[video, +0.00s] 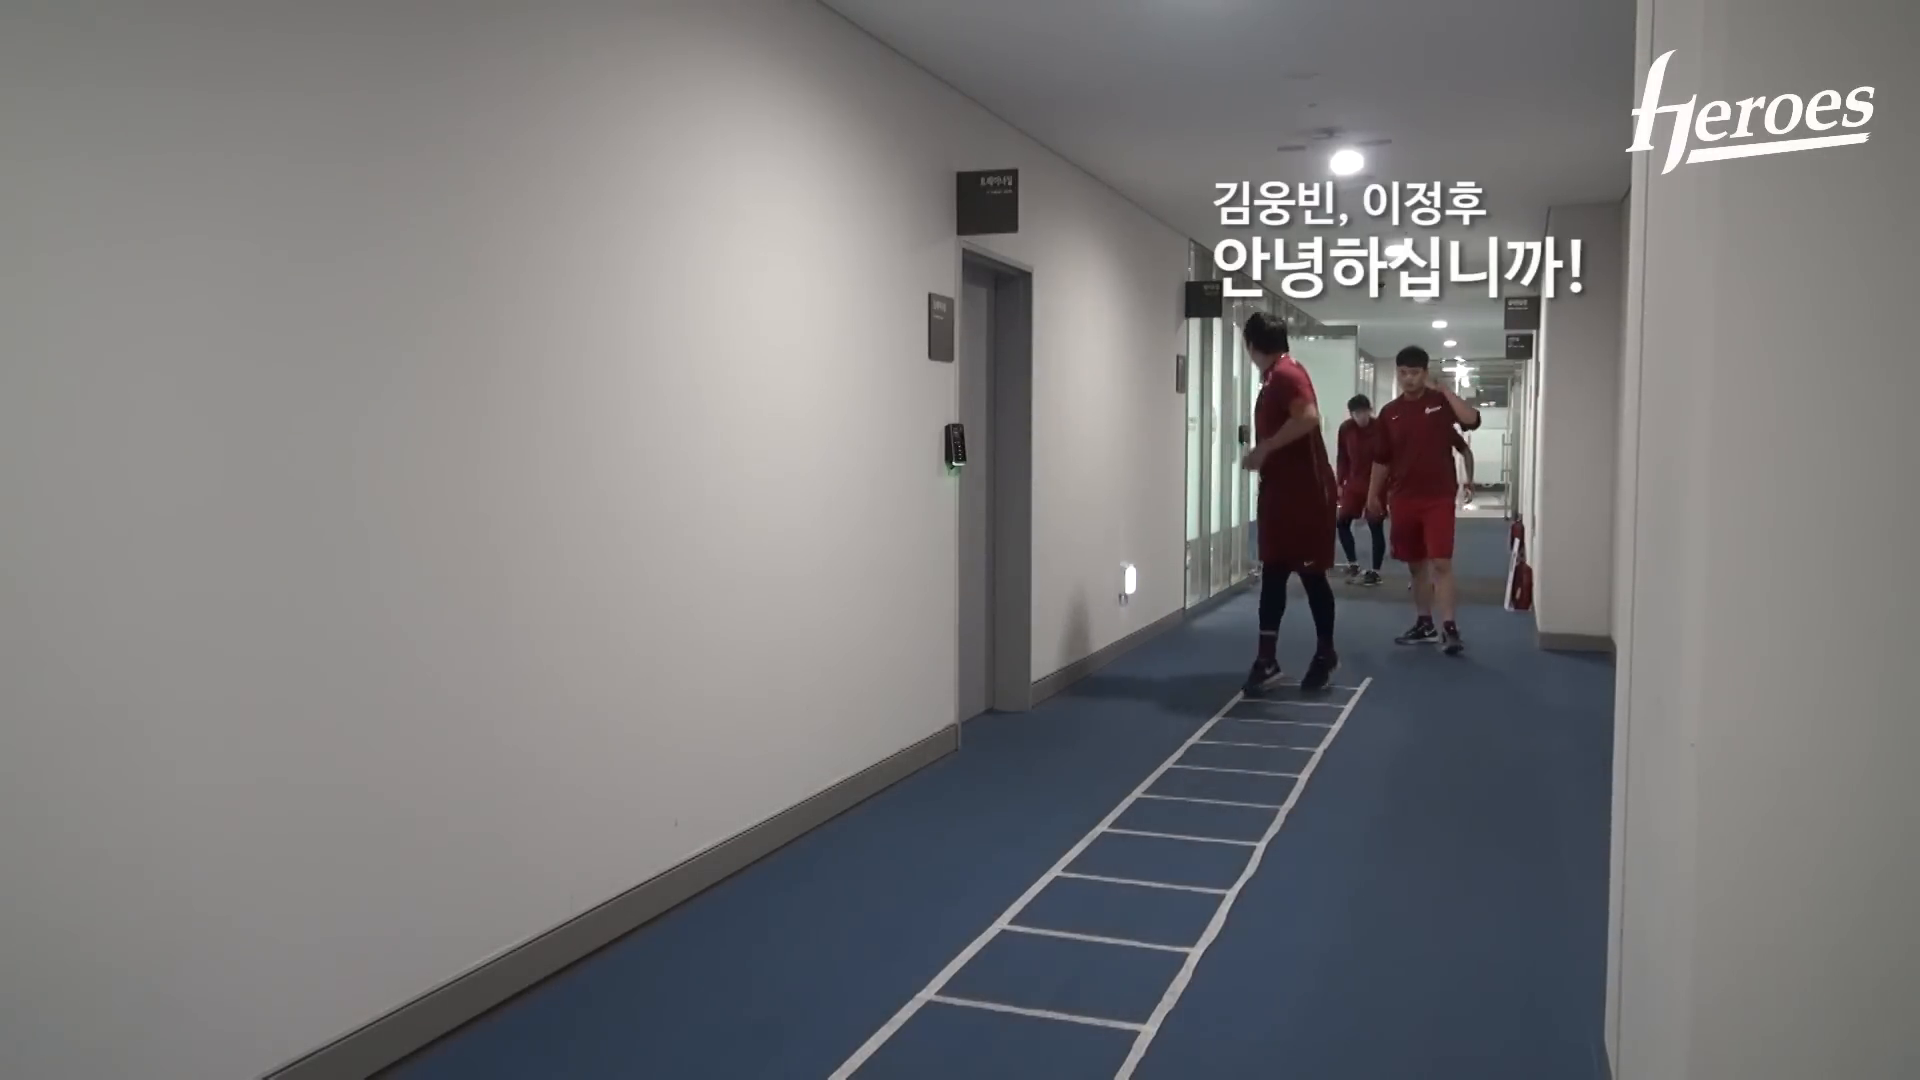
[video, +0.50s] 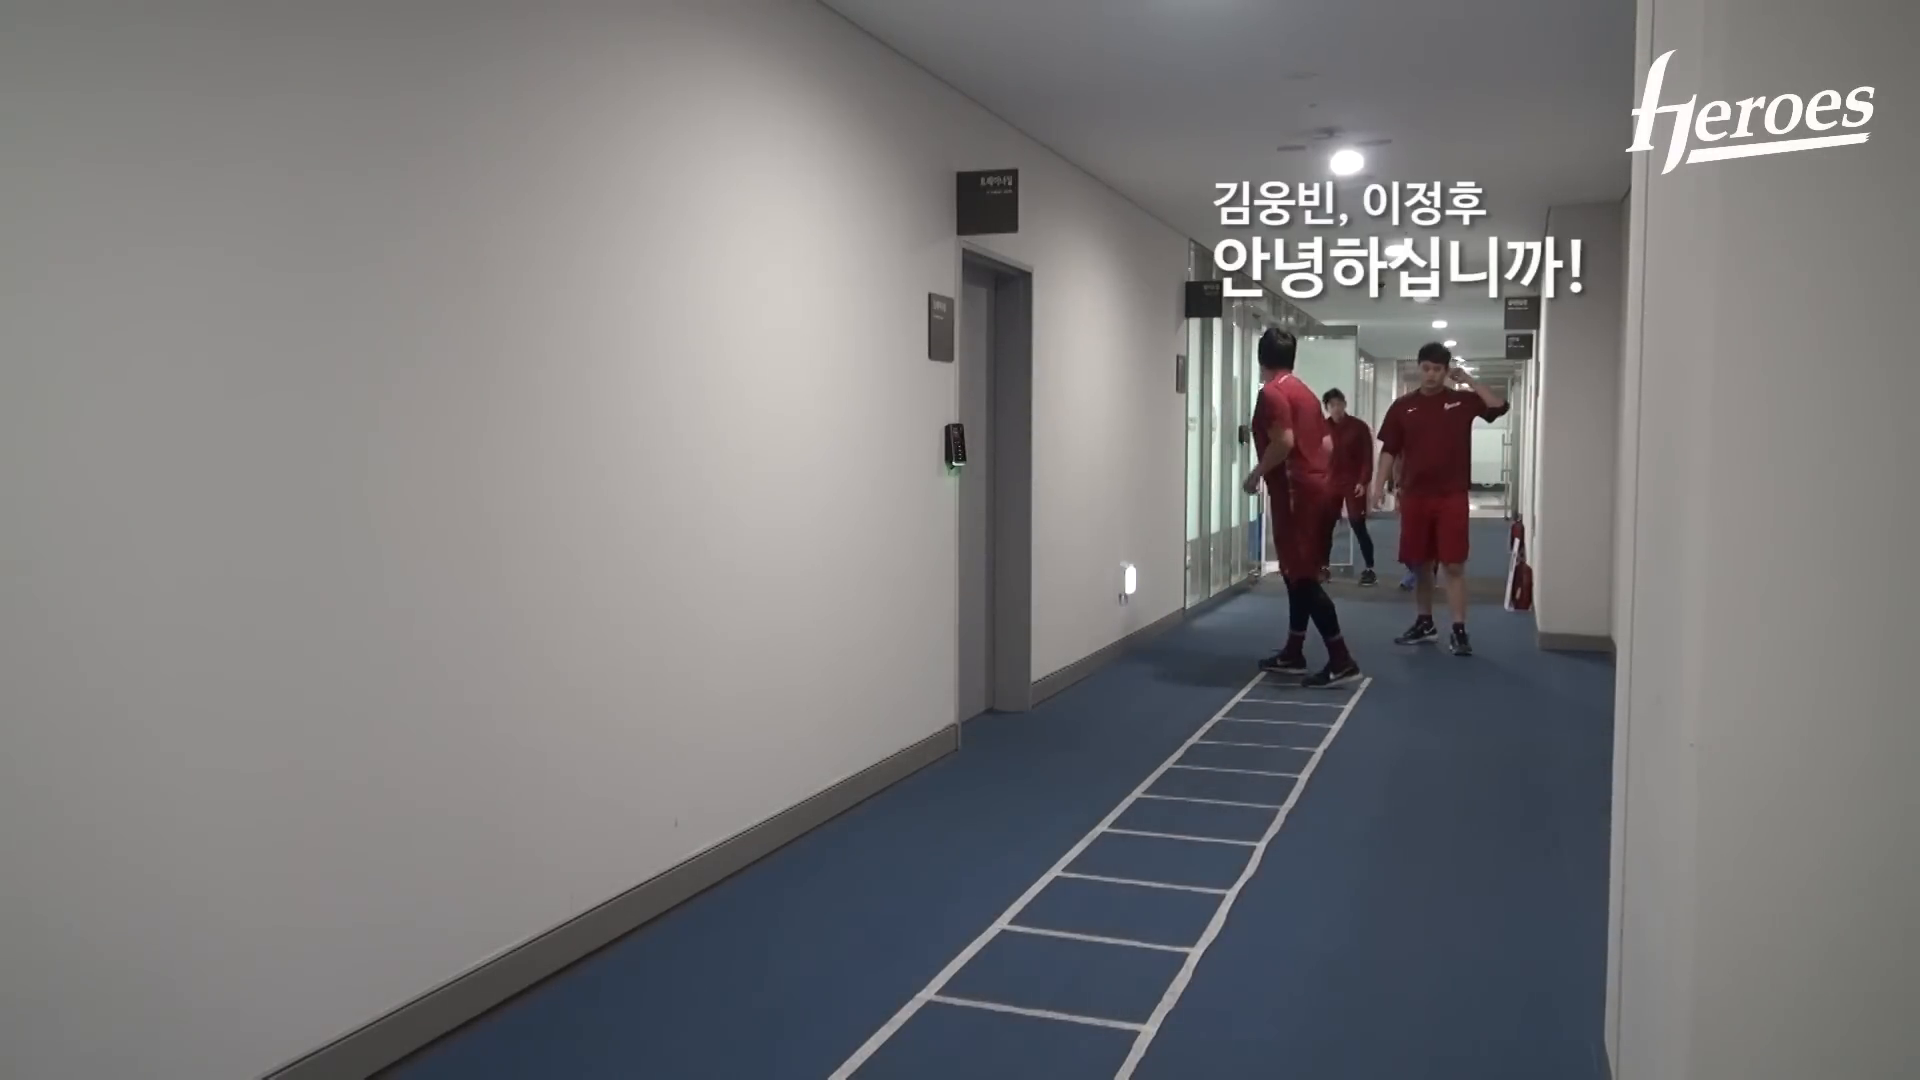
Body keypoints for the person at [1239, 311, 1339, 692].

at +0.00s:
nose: (1247, 353)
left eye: (1247, 346)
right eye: (1248, 346)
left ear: (1254, 346)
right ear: (1280, 341)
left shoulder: (1286, 373)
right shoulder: (1281, 375)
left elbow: (1308, 416)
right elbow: (1302, 428)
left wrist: (1265, 448)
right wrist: (1262, 455)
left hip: (1301, 495)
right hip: (1282, 495)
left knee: (1312, 573)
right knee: (1273, 573)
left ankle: (1326, 652)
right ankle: (1266, 658)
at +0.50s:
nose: (1258, 362)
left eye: (1258, 356)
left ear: (1261, 358)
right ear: (1291, 358)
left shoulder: (1273, 391)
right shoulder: (1306, 392)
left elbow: (1284, 440)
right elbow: (1325, 443)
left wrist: (1257, 473)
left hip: (1296, 493)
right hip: (1320, 491)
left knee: (1301, 575)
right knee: (1297, 573)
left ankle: (1340, 658)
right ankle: (1293, 652)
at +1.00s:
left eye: (1231, 362)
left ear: (1231, 363)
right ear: (1261, 361)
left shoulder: (1229, 398)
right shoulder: (1285, 397)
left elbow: (1226, 442)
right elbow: (1306, 450)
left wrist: (1216, 489)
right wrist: (1286, 475)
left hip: (1245, 498)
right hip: (1284, 498)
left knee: (1217, 571)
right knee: (1287, 573)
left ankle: (1198, 648)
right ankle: (1293, 653)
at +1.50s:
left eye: (1186, 365)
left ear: (1189, 366)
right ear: (1219, 364)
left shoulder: (1179, 398)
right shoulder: (1241, 394)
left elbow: (1162, 447)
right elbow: (1270, 409)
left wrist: (1161, 484)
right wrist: (1253, 374)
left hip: (1194, 493)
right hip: (1233, 492)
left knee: (1193, 569)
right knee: (1230, 559)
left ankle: (1188, 647)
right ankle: (1233, 630)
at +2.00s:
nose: (1235, 368)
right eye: (1236, 363)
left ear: (1207, 366)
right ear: (1238, 367)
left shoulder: (1190, 397)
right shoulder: (1247, 399)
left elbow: (1173, 442)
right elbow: (1278, 408)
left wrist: (1164, 481)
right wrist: (1255, 380)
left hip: (1194, 486)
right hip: (1232, 488)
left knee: (1186, 560)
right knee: (1226, 564)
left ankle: (1186, 625)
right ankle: (1223, 634)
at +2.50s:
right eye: (1246, 369)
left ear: (1220, 374)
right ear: (1249, 373)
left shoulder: (1208, 403)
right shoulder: (1263, 403)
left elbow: (1191, 444)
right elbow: (1287, 417)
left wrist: (1181, 484)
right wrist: (1265, 389)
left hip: (1211, 488)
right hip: (1246, 490)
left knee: (1215, 556)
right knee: (1234, 560)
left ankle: (1220, 622)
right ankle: (1222, 633)